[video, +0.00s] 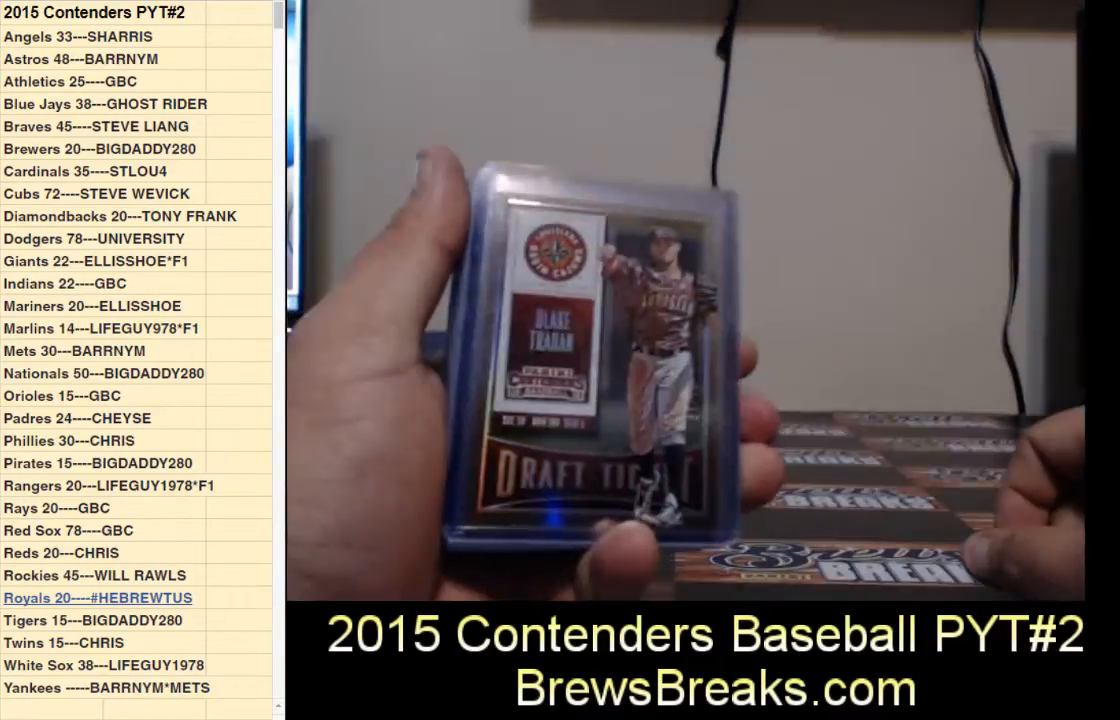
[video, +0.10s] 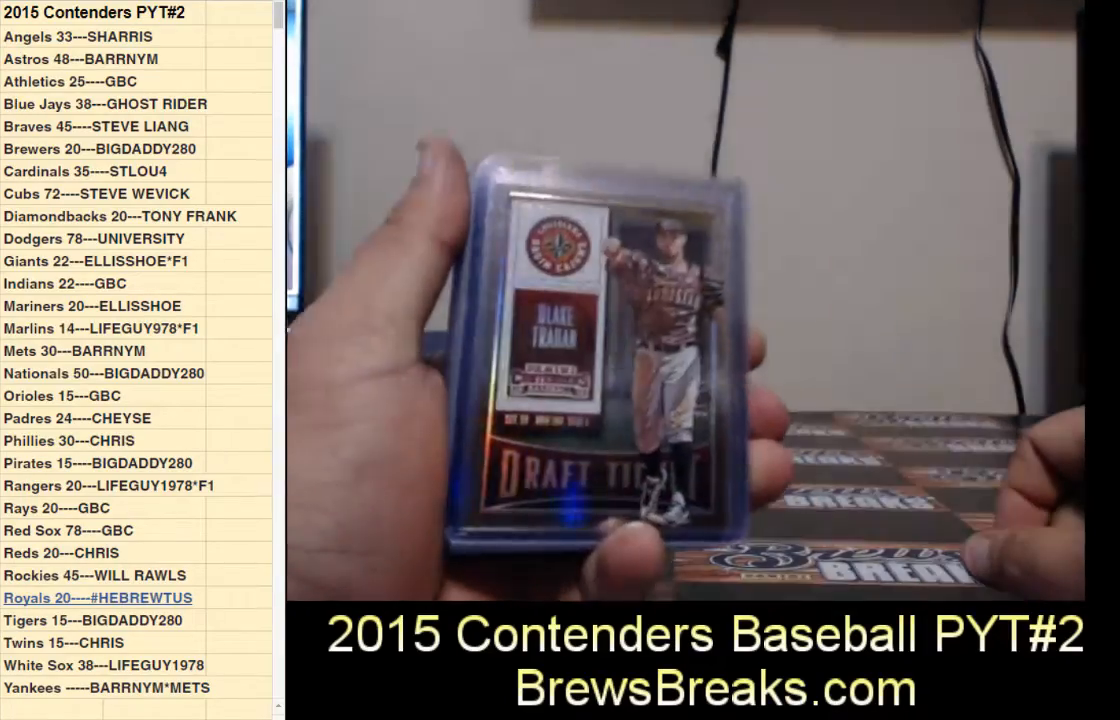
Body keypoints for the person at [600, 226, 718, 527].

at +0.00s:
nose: (662, 249)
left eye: (668, 243)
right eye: (657, 243)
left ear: (678, 249)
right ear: (650, 248)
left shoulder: (691, 283)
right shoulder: (639, 275)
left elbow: (709, 321)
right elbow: (622, 266)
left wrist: (711, 304)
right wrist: (612, 259)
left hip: (677, 361)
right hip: (643, 361)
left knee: (672, 430)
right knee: (641, 432)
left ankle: (673, 500)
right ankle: (645, 490)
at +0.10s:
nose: (668, 242)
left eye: (674, 236)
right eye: (663, 236)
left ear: (685, 241)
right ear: (656, 240)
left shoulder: (697, 276)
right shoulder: (644, 267)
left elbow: (718, 314)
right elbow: (625, 262)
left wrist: (719, 299)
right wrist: (616, 254)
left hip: (683, 354)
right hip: (648, 354)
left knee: (678, 426)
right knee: (646, 426)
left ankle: (680, 499)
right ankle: (652, 485)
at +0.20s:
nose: (666, 229)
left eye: (672, 224)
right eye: (661, 224)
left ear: (683, 229)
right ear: (654, 228)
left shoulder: (697, 264)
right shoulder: (644, 257)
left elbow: (718, 304)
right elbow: (624, 251)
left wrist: (719, 285)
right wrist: (614, 242)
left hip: (685, 345)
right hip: (649, 345)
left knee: (682, 420)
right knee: (649, 420)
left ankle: (684, 494)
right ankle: (655, 483)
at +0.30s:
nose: (670, 219)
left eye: (677, 214)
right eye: (665, 214)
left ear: (687, 218)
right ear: (657, 218)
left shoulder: (700, 254)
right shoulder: (646, 247)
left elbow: (722, 296)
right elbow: (626, 242)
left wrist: (726, 277)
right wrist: (615, 233)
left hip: (691, 339)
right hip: (653, 339)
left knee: (688, 414)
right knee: (654, 414)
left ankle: (690, 490)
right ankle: (661, 478)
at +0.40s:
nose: (681, 220)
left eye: (688, 214)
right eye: (676, 214)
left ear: (699, 219)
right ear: (668, 218)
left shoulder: (710, 256)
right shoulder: (655, 248)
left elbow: (729, 298)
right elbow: (637, 242)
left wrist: (735, 282)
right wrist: (625, 233)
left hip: (698, 344)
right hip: (660, 343)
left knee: (692, 419)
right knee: (659, 420)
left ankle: (693, 496)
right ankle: (666, 479)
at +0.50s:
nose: (673, 211)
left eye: (680, 205)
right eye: (668, 205)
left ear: (691, 211)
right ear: (660, 210)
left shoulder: (702, 249)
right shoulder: (646, 241)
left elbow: (724, 292)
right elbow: (628, 234)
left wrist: (725, 274)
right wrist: (617, 225)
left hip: (689, 335)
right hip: (652, 334)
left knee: (682, 410)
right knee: (650, 411)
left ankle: (683, 485)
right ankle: (655, 470)